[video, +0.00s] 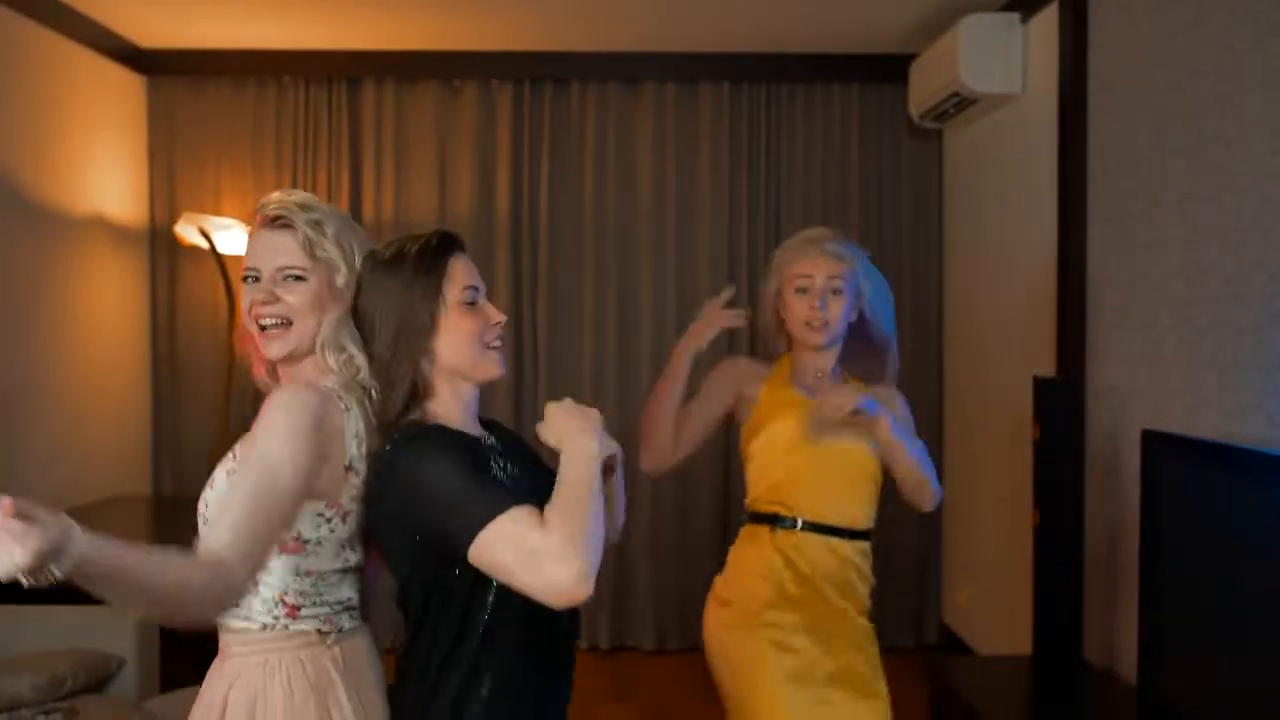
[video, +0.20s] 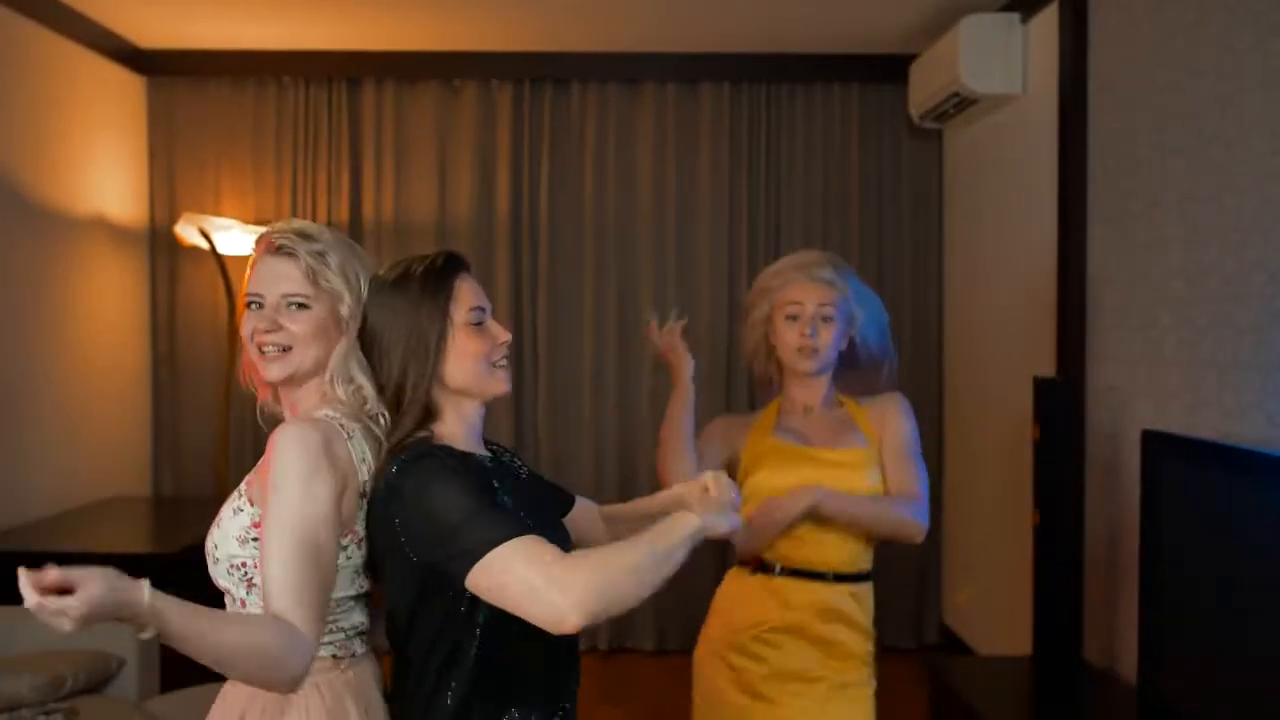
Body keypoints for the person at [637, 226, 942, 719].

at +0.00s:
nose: (818, 305)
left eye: (835, 291)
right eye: (802, 290)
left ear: (856, 306)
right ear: (779, 303)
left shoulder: (880, 398)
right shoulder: (744, 378)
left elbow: (926, 496)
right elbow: (656, 457)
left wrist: (876, 417)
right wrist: (687, 348)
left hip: (841, 604)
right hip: (757, 599)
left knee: (865, 709)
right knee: (779, 709)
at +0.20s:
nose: (808, 332)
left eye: (824, 319)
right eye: (793, 318)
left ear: (846, 335)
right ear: (770, 332)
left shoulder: (885, 415)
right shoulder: (733, 432)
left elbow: (913, 521)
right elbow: (677, 491)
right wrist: (682, 379)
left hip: (838, 641)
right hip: (744, 637)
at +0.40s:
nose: (808, 349)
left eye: (826, 338)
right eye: (794, 336)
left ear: (850, 358)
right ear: (773, 352)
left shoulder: (891, 436)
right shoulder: (754, 452)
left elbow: (893, 557)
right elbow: (684, 466)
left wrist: (769, 565)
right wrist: (695, 382)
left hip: (830, 666)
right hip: (739, 658)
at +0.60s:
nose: (829, 306)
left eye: (850, 293)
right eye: (815, 293)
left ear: (879, 309)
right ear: (799, 309)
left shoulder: (905, 397)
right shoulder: (770, 405)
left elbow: (879, 526)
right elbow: (657, 405)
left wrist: (755, 529)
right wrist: (700, 303)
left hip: (842, 633)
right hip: (754, 625)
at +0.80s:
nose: (841, 290)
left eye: (862, 275)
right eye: (830, 275)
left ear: (902, 290)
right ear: (818, 290)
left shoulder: (915, 382)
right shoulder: (802, 379)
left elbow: (867, 514)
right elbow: (675, 361)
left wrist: (761, 511)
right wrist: (690, 280)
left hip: (852, 629)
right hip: (776, 622)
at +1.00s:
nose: (848, 313)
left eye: (871, 298)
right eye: (843, 300)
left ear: (917, 316)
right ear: (832, 310)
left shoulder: (908, 420)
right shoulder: (847, 408)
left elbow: (836, 565)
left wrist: (768, 555)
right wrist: (736, 351)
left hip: (859, 669)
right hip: (803, 660)